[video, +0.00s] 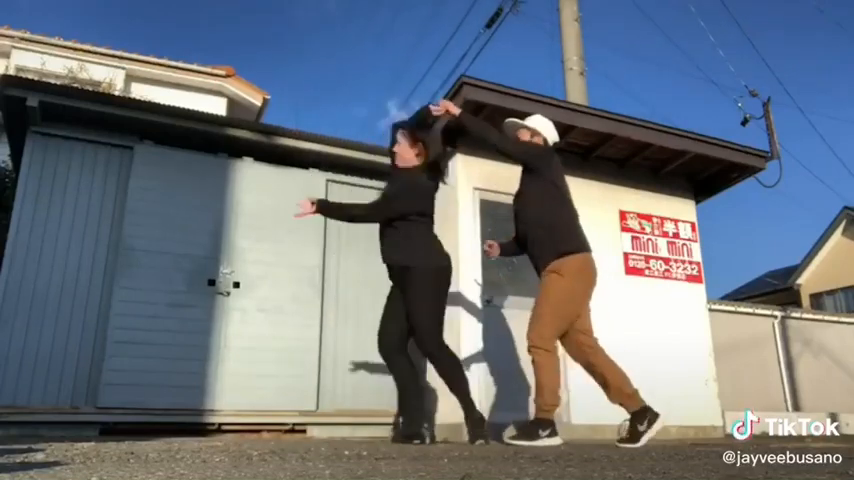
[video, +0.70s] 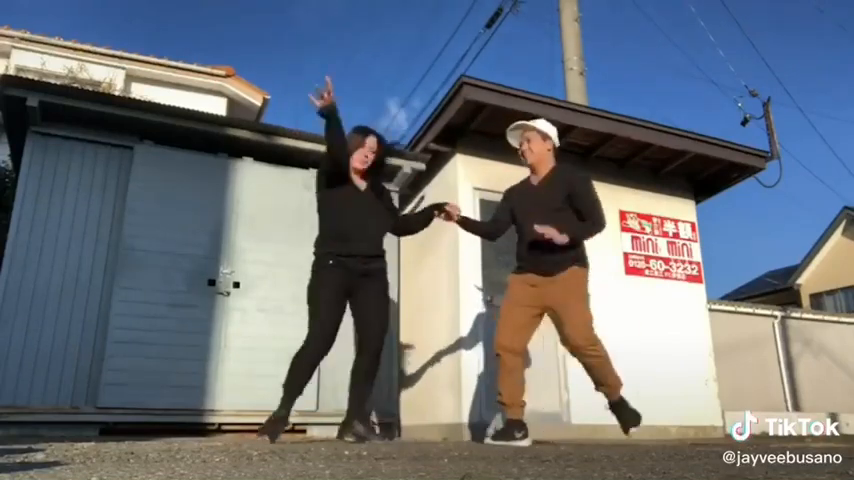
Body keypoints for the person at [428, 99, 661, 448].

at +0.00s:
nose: (517, 136)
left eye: (524, 132)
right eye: (518, 131)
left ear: (541, 139)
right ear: (527, 137)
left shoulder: (542, 159)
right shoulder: (527, 185)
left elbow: (502, 141)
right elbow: (529, 240)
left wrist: (458, 115)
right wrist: (502, 248)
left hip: (569, 266)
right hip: (564, 269)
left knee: (540, 340)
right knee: (581, 345)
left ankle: (544, 423)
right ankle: (640, 411)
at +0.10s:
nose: (513, 138)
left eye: (519, 133)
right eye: (514, 134)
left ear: (537, 139)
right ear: (529, 140)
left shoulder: (543, 159)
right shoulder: (523, 191)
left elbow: (506, 153)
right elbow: (518, 243)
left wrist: (472, 140)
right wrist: (480, 248)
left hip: (565, 262)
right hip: (545, 270)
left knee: (547, 343)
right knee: (531, 346)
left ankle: (545, 423)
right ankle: (601, 396)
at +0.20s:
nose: (510, 140)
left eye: (517, 135)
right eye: (512, 135)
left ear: (535, 140)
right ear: (526, 141)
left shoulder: (545, 162)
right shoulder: (519, 194)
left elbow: (503, 154)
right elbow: (508, 241)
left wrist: (490, 158)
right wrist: (467, 240)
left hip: (559, 264)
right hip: (532, 270)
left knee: (543, 341)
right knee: (504, 331)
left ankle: (548, 420)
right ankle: (554, 388)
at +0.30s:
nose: (509, 138)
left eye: (516, 132)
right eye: (509, 134)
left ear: (534, 136)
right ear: (518, 141)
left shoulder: (545, 164)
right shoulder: (514, 191)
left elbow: (533, 148)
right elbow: (502, 238)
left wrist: (504, 162)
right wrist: (463, 231)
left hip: (551, 265)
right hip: (520, 270)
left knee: (538, 342)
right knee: (490, 326)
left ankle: (545, 423)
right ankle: (518, 403)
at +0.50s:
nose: (512, 149)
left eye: (518, 142)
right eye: (510, 144)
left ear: (536, 144)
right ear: (512, 150)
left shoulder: (559, 174)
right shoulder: (508, 192)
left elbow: (545, 155)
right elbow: (499, 237)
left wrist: (511, 129)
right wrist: (462, 222)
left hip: (546, 269)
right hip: (511, 270)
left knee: (517, 334)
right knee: (495, 338)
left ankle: (540, 416)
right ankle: (511, 417)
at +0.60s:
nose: (515, 148)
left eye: (520, 142)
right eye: (514, 143)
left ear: (540, 144)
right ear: (517, 148)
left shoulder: (561, 175)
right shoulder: (510, 193)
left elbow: (556, 213)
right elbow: (495, 237)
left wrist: (525, 180)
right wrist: (459, 222)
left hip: (555, 269)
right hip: (518, 274)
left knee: (531, 328)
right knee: (501, 341)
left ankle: (563, 404)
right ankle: (513, 421)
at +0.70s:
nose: (523, 147)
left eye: (529, 141)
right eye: (522, 143)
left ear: (549, 144)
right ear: (523, 150)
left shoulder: (573, 179)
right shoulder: (515, 194)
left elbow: (596, 222)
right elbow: (492, 230)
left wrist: (565, 234)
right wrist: (459, 219)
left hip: (567, 278)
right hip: (525, 280)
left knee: (579, 340)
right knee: (508, 345)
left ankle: (616, 399)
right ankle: (514, 424)